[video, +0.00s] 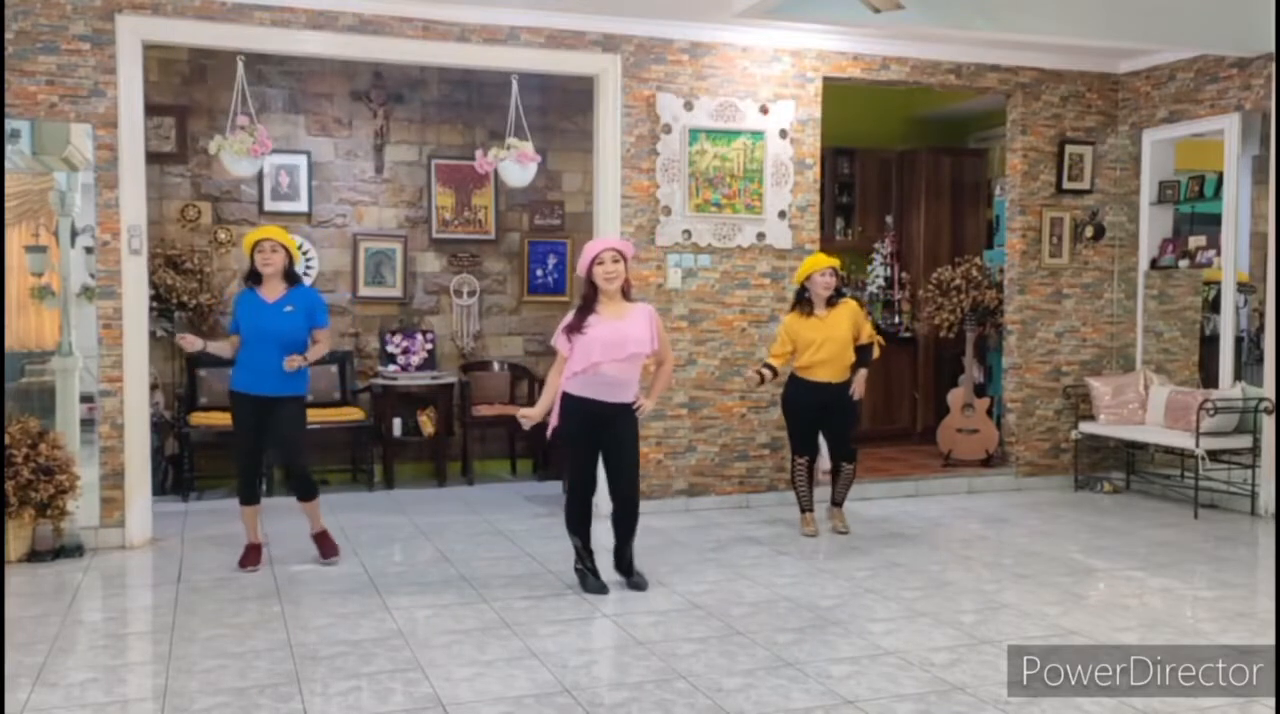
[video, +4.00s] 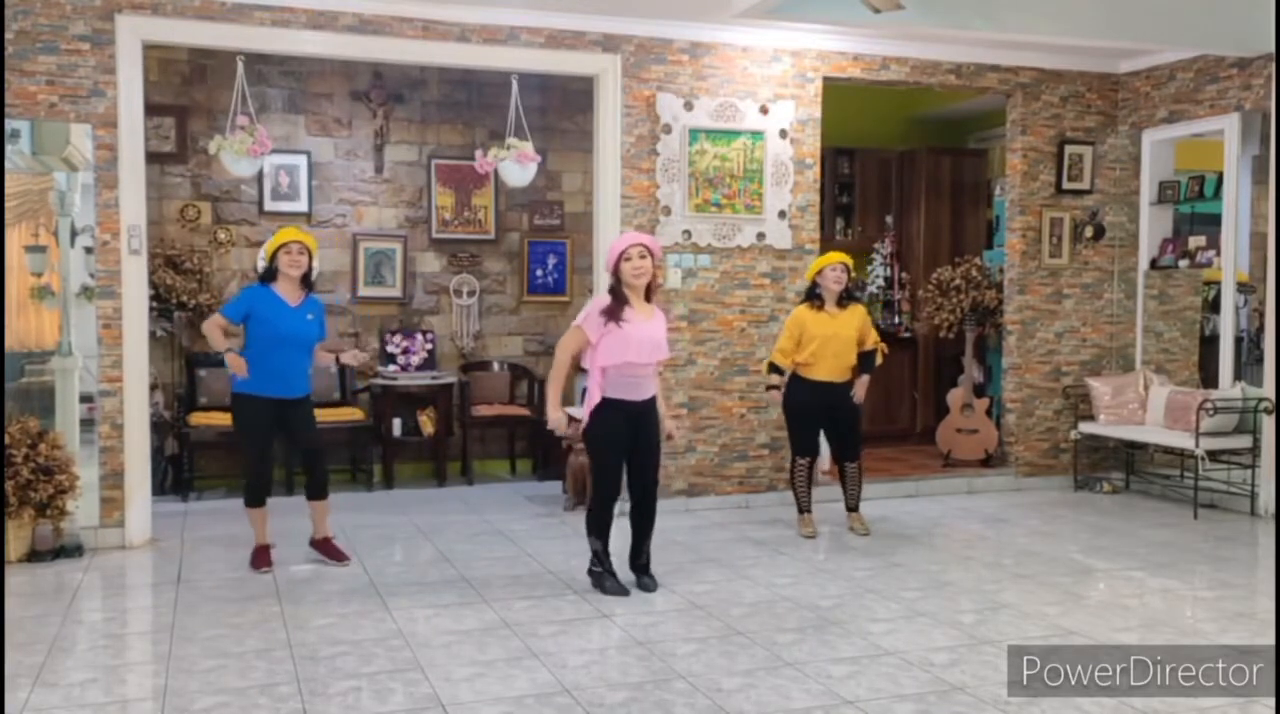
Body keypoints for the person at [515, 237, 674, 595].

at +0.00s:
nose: (609, 269)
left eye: (615, 262)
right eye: (601, 264)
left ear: (626, 270)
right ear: (590, 273)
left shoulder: (644, 315)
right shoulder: (578, 318)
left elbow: (666, 361)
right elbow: (558, 369)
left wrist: (651, 397)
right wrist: (539, 409)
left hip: (621, 412)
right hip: (578, 409)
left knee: (627, 493)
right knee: (581, 489)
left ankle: (625, 559)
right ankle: (584, 563)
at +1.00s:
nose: (650, 268)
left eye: (656, 261)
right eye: (642, 261)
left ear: (665, 268)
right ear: (628, 270)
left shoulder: (680, 305)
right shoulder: (618, 318)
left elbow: (707, 346)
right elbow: (607, 374)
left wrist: (723, 391)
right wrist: (633, 395)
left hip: (680, 406)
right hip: (641, 410)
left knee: (673, 490)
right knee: (641, 488)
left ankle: (660, 563)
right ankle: (633, 559)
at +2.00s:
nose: (633, 267)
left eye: (640, 260)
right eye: (625, 262)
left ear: (651, 269)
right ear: (615, 271)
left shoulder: (661, 320)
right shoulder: (598, 310)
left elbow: (660, 375)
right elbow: (560, 355)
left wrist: (670, 424)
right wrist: (536, 399)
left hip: (637, 411)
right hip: (596, 407)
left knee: (628, 489)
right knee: (597, 487)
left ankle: (622, 563)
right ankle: (602, 562)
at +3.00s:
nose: (635, 266)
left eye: (640, 259)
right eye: (626, 259)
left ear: (648, 267)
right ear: (611, 268)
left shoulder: (667, 299)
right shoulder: (607, 313)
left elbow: (692, 350)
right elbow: (600, 371)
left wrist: (719, 389)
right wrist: (604, 414)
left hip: (669, 403)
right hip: (627, 405)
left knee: (659, 488)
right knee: (628, 485)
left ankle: (647, 563)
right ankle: (625, 558)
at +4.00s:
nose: (637, 265)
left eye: (643, 258)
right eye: (628, 259)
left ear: (653, 267)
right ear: (616, 268)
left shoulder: (657, 315)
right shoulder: (602, 308)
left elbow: (655, 372)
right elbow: (564, 350)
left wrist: (664, 416)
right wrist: (554, 406)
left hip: (646, 410)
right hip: (606, 411)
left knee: (646, 491)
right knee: (605, 491)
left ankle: (641, 563)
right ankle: (599, 565)